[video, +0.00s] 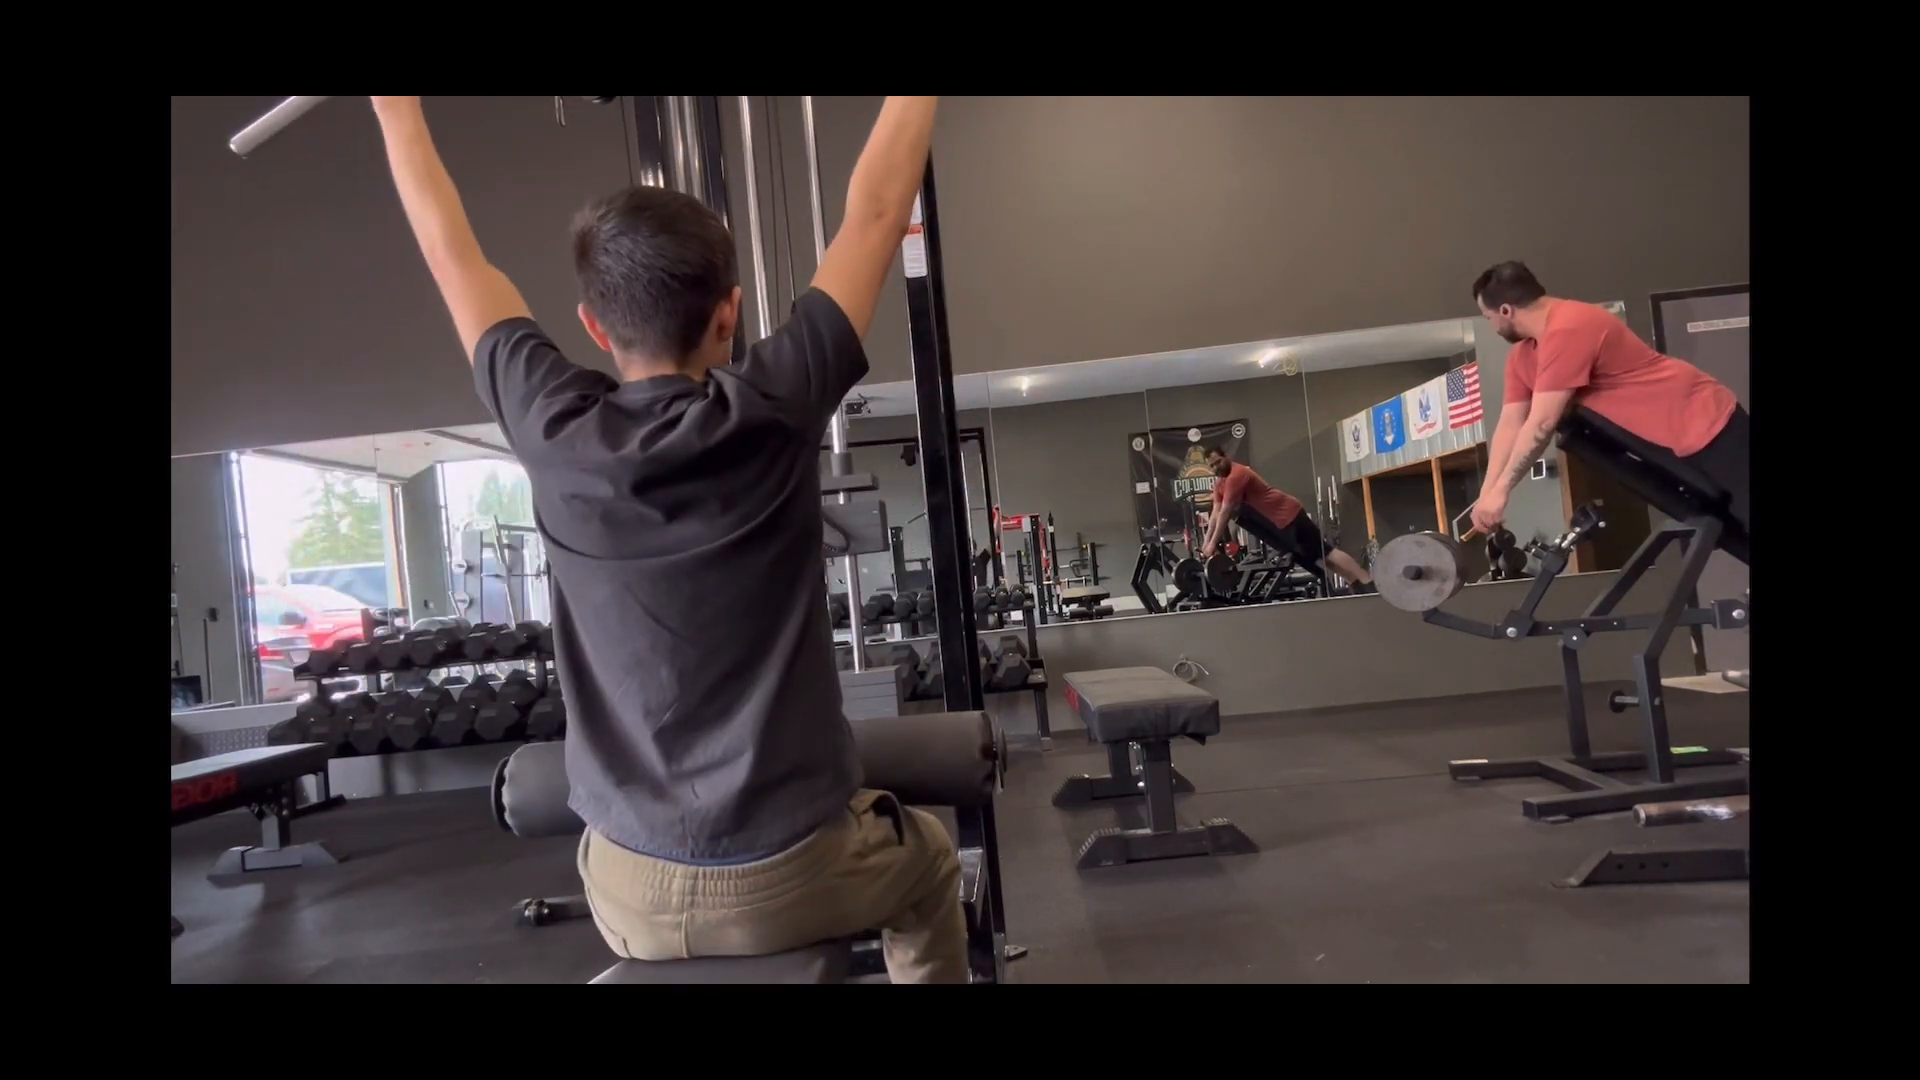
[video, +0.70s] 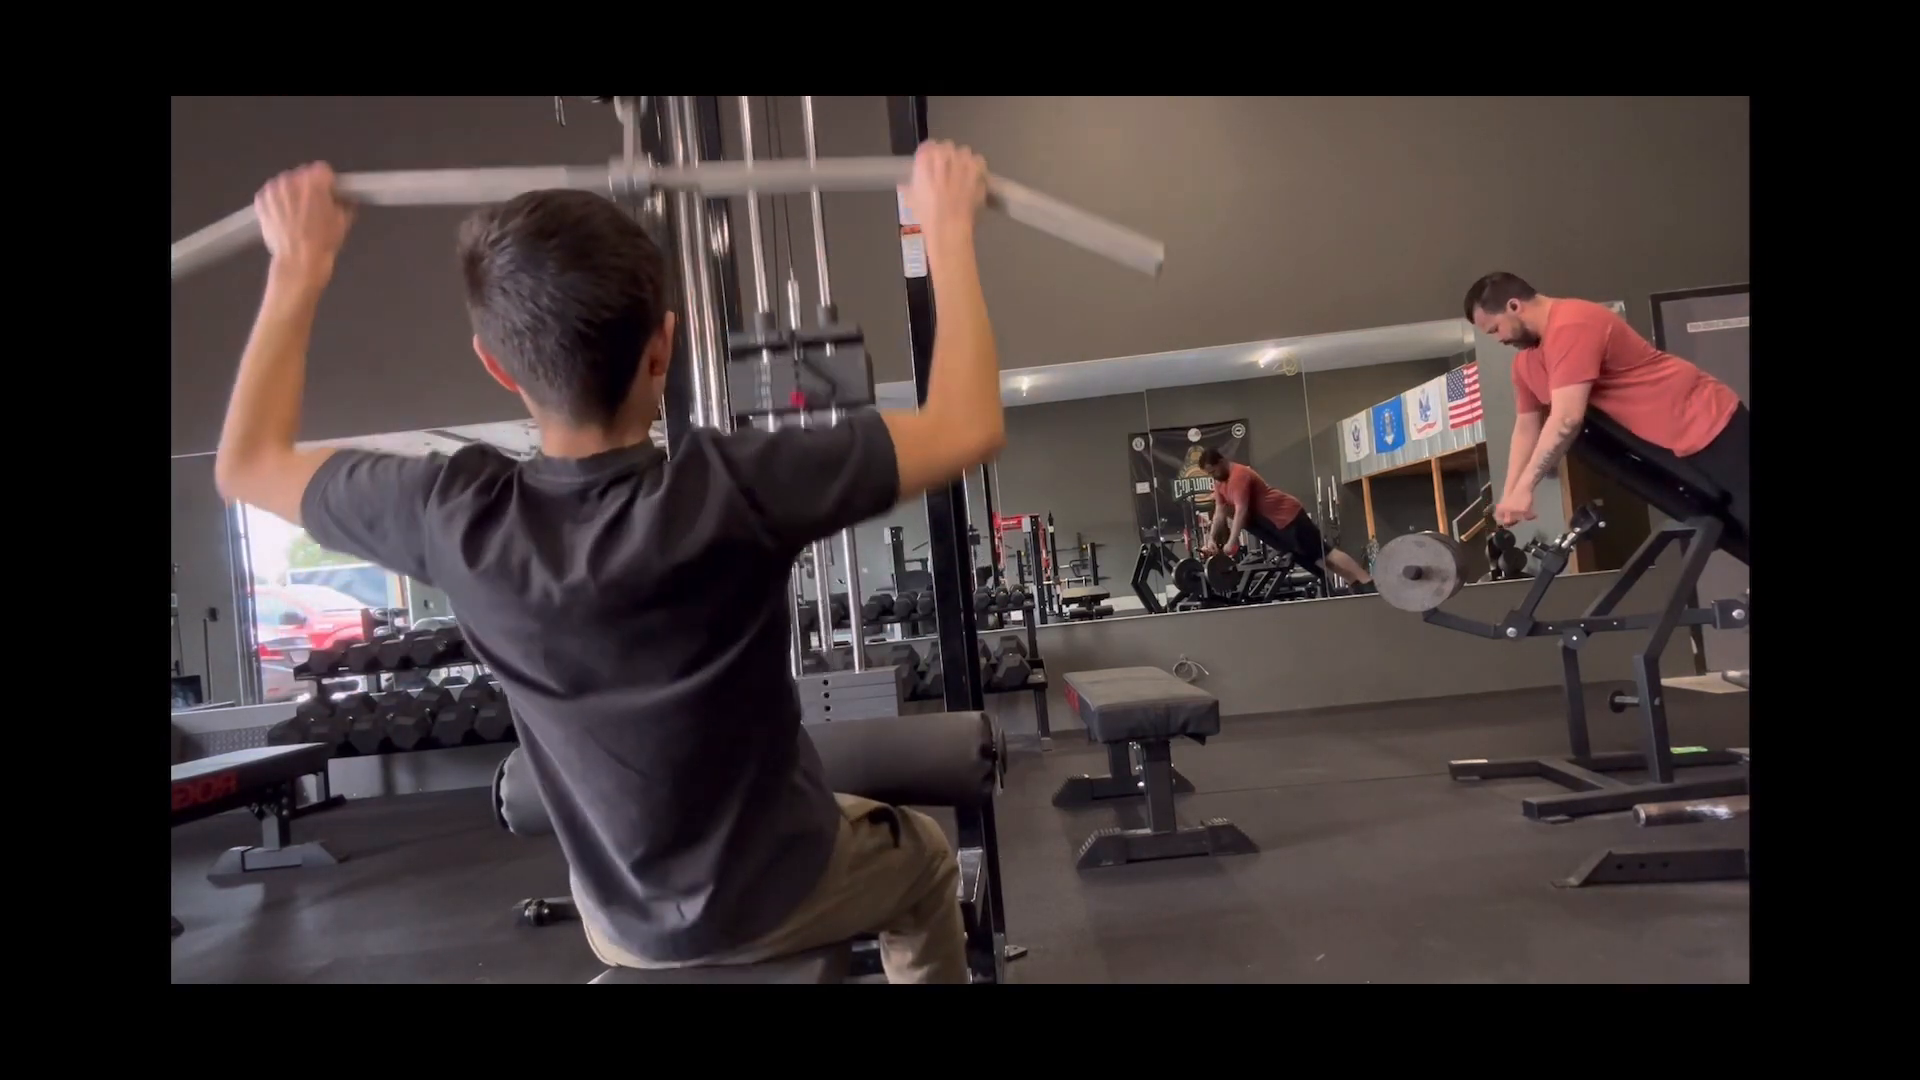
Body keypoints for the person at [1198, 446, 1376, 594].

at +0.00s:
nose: (1217, 465)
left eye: (1219, 460)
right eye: (1212, 464)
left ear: (1226, 457)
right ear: (1210, 468)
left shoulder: (1238, 474)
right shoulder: (1219, 484)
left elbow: (1226, 511)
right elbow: (1216, 512)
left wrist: (1213, 542)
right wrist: (1207, 540)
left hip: (1290, 513)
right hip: (1279, 525)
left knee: (1325, 550)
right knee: (1318, 558)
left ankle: (1368, 582)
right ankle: (1355, 584)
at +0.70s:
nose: (1212, 475)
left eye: (1213, 470)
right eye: (1209, 473)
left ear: (1221, 462)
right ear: (1208, 472)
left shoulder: (1239, 475)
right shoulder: (1220, 485)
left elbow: (1241, 510)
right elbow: (1219, 512)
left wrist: (1233, 541)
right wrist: (1211, 539)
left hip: (1289, 514)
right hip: (1276, 526)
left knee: (1324, 551)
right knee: (1315, 558)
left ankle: (1367, 581)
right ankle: (1354, 583)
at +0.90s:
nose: (1214, 475)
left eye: (1214, 470)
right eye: (1210, 473)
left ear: (1221, 463)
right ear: (1208, 473)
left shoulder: (1240, 475)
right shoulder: (1220, 485)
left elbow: (1257, 505)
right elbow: (1225, 510)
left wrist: (1258, 537)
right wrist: (1223, 538)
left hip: (1289, 514)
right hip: (1274, 525)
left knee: (1323, 551)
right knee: (1313, 559)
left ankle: (1368, 581)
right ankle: (1354, 583)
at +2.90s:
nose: (1213, 480)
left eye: (1213, 474)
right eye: (1209, 478)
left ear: (1221, 466)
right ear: (1206, 477)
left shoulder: (1241, 479)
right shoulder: (1217, 487)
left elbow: (1258, 511)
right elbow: (1226, 514)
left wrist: (1269, 539)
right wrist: (1232, 541)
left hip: (1290, 514)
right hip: (1275, 523)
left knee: (1325, 551)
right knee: (1315, 558)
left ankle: (1368, 583)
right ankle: (1353, 584)